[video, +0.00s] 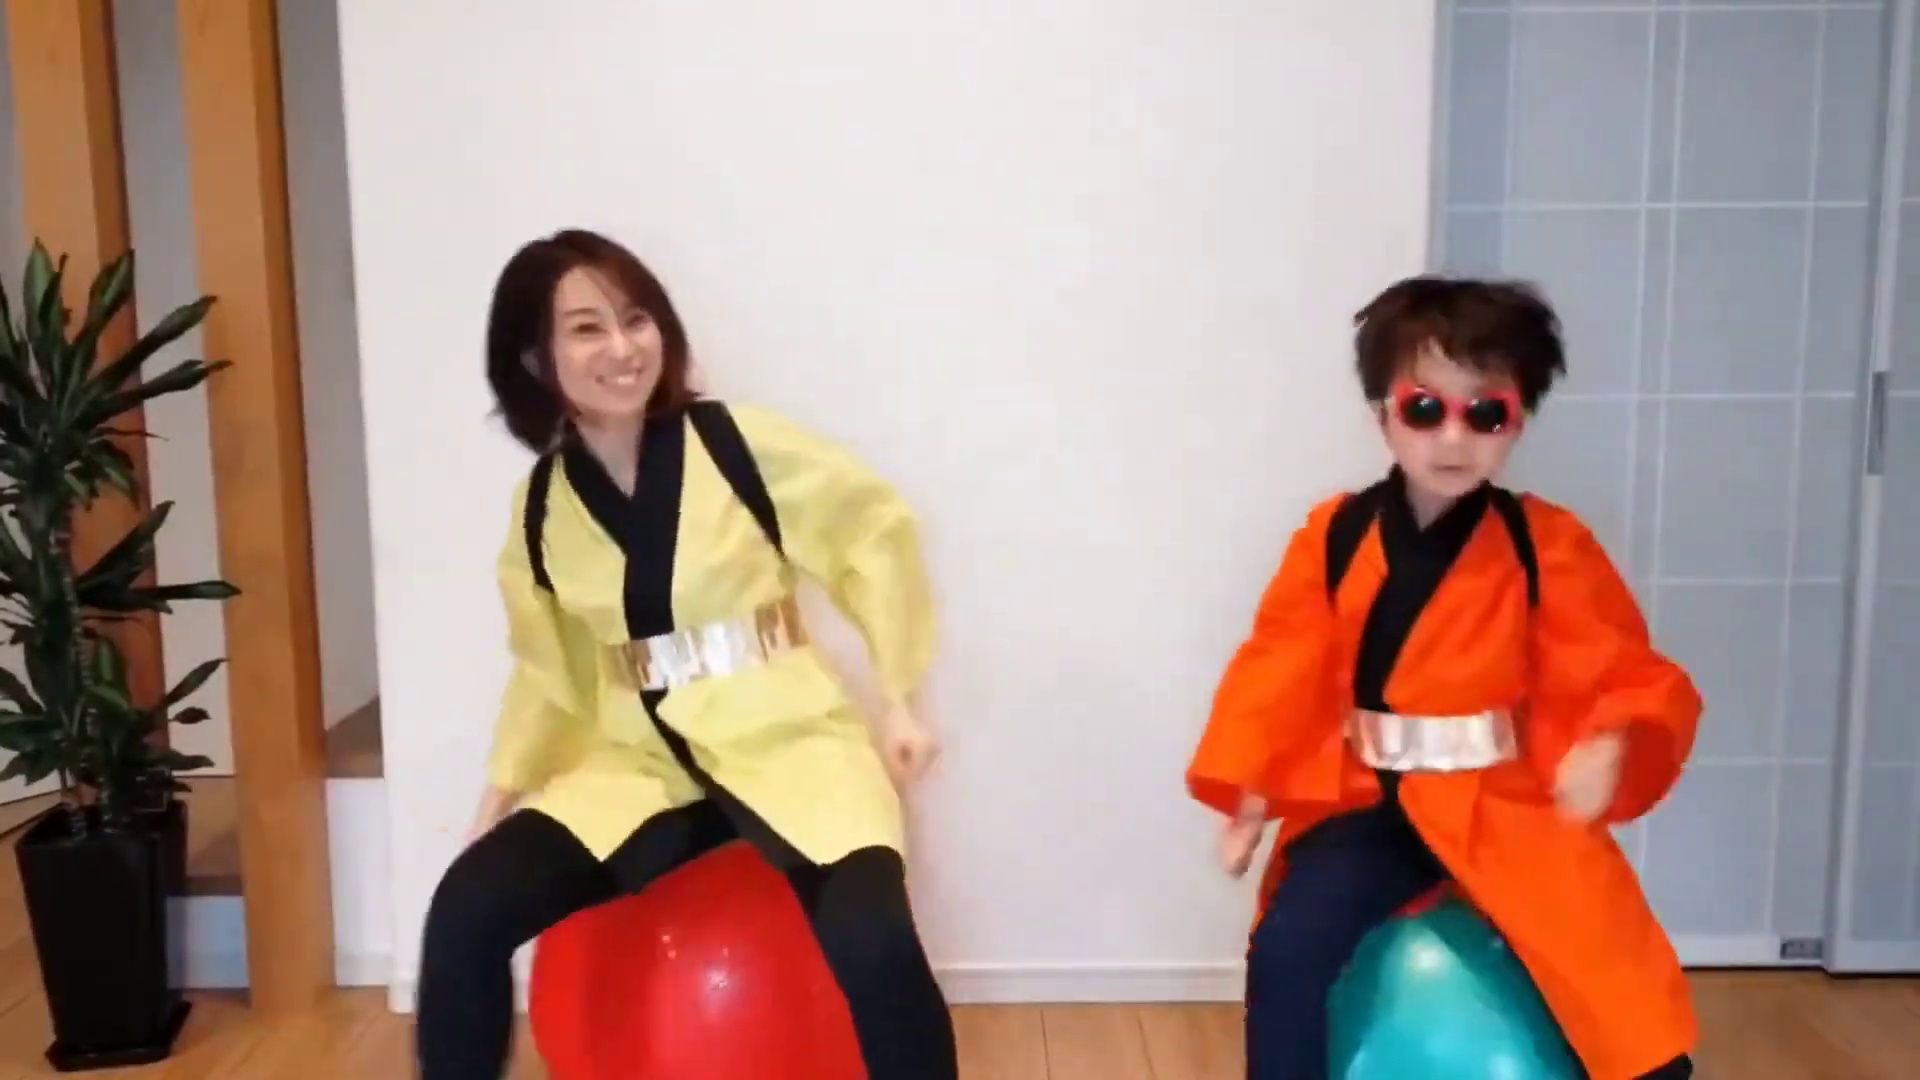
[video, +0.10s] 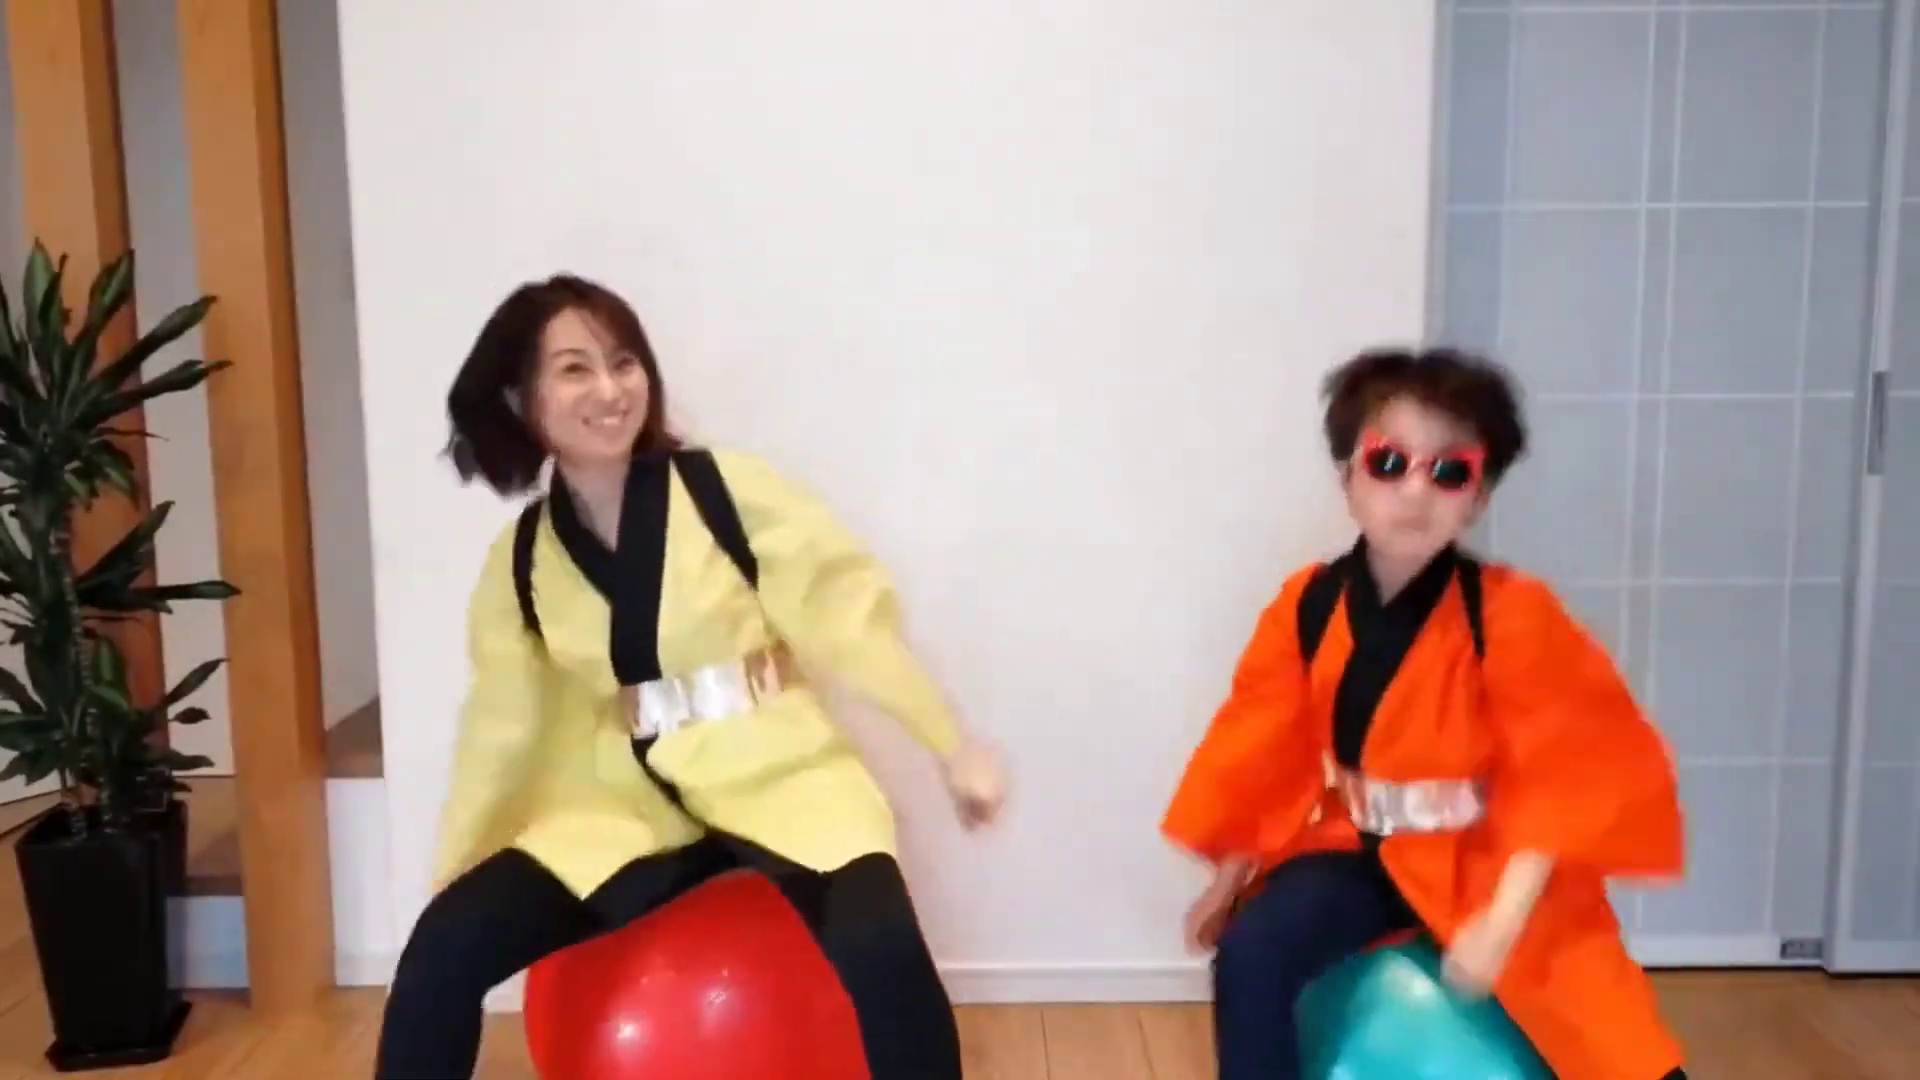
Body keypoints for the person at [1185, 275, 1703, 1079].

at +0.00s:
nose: (1452, 436)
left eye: (1486, 412)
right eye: (1423, 408)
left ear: (1519, 425)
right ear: (1382, 415)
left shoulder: (1547, 543)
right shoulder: (1338, 534)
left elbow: (1632, 677)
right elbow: (1281, 659)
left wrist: (1614, 740)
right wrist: (1256, 779)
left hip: (1515, 811)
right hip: (1372, 809)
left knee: (1616, 957)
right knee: (1289, 944)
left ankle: (1652, 1065)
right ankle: (1283, 1067)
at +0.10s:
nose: (1415, 489)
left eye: (1451, 469)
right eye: (1388, 461)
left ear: (1480, 495)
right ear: (1347, 478)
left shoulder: (1512, 613)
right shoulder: (1309, 606)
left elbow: (1574, 769)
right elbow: (1260, 747)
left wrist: (1505, 916)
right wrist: (1231, 874)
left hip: (1494, 867)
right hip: (1361, 859)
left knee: (1609, 1028)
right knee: (1251, 951)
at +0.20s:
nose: (1376, 558)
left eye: (1411, 536)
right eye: (1350, 529)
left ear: (1446, 567)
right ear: (1317, 548)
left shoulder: (1464, 698)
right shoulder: (1293, 675)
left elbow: (1465, 883)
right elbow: (1246, 814)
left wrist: (1429, 1057)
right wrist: (1198, 947)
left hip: (1467, 923)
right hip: (1359, 909)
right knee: (1214, 982)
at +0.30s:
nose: (1351, 513)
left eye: (1386, 494)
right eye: (1327, 484)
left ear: (1423, 522)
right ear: (1295, 500)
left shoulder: (1434, 653)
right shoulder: (1272, 638)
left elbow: (1407, 840)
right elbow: (1204, 776)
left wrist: (1357, 1011)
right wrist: (1108, 899)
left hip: (1454, 895)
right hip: (1337, 883)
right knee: (1197, 986)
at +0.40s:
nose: (1345, 432)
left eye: (1378, 411)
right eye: (1320, 404)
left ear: (1417, 431)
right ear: (1285, 415)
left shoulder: (1432, 564)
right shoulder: (1265, 558)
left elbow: (1407, 734)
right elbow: (1181, 673)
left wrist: (1329, 877)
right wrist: (1058, 748)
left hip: (1452, 824)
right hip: (1329, 811)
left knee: (1531, 1017)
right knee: (1211, 977)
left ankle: (1598, 1067)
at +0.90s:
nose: (1463, 471)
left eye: (1496, 450)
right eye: (1437, 436)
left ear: (1517, 464)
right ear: (1376, 437)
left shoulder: (1523, 590)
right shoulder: (1317, 566)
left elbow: (1560, 769)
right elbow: (1207, 707)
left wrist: (1609, 732)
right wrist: (1245, 721)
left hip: (1480, 850)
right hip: (1339, 842)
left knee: (1615, 1043)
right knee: (1255, 1017)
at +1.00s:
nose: (1510, 429)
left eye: (1541, 408)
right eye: (1484, 396)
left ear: (1561, 417)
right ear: (1415, 393)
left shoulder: (1545, 540)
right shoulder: (1339, 522)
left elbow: (1579, 678)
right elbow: (1254, 673)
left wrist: (1641, 752)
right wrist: (1299, 778)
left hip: (1491, 801)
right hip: (1349, 795)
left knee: (1638, 1000)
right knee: (1265, 996)